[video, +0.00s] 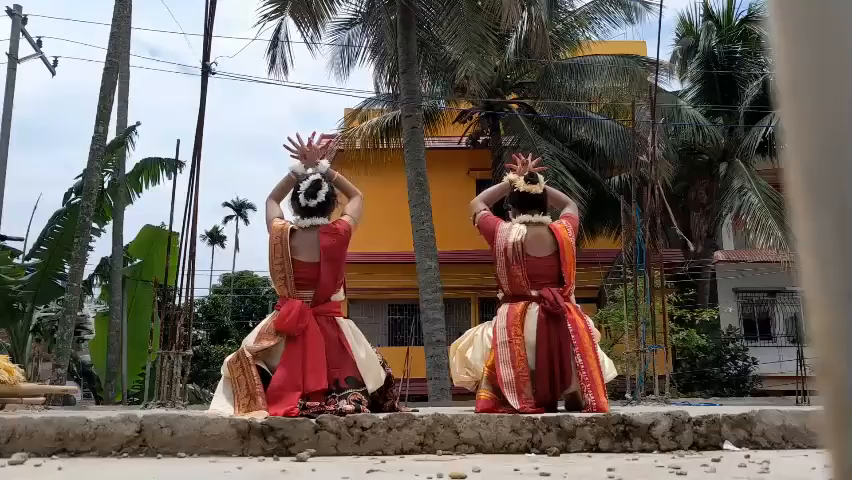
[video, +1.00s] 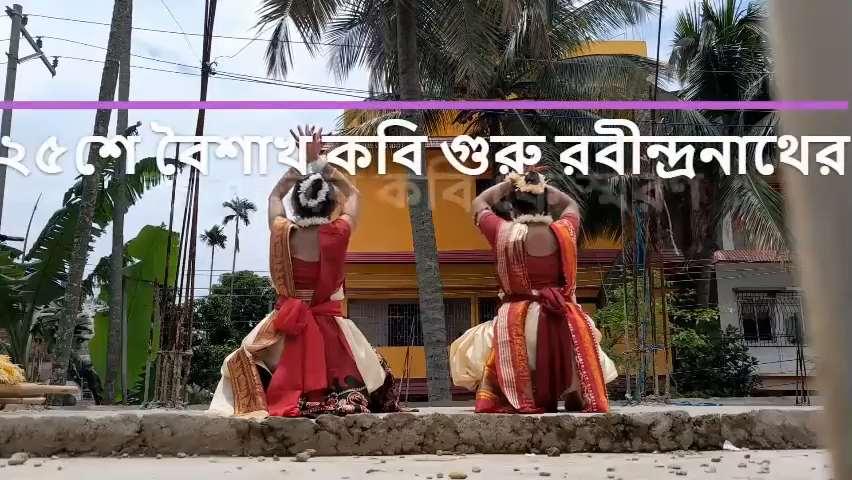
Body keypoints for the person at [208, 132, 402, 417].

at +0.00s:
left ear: (294, 204)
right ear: (331, 205)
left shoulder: (280, 235)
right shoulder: (338, 235)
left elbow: (273, 200)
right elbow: (356, 197)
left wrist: (300, 169)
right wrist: (326, 170)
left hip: (288, 334)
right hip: (330, 334)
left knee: (240, 365)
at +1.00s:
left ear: (293, 205)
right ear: (330, 206)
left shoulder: (281, 232)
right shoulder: (338, 235)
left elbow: (276, 195)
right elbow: (351, 194)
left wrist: (302, 163)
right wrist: (324, 166)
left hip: (289, 329)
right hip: (330, 330)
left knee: (240, 363)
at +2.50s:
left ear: (295, 203)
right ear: (330, 203)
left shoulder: (284, 234)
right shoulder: (337, 235)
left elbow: (277, 196)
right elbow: (351, 194)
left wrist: (302, 162)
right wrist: (322, 163)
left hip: (289, 325)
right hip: (329, 325)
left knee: (240, 361)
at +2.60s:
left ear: (295, 203)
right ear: (330, 203)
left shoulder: (284, 234)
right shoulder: (337, 235)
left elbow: (277, 196)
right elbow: (351, 194)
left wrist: (302, 162)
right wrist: (323, 163)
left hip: (289, 327)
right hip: (329, 327)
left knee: (240, 361)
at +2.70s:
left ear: (295, 203)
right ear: (330, 204)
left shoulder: (284, 234)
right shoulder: (337, 236)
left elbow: (278, 195)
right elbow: (352, 195)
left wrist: (303, 162)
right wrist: (323, 164)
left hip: (289, 326)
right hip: (329, 327)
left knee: (239, 362)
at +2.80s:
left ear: (295, 203)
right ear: (330, 203)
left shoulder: (284, 234)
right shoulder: (337, 237)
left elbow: (277, 196)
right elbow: (351, 195)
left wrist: (303, 162)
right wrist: (323, 164)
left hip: (289, 327)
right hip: (329, 328)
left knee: (239, 363)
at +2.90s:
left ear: (295, 203)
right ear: (330, 203)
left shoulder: (284, 234)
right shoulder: (337, 236)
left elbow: (277, 196)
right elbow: (351, 194)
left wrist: (303, 162)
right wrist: (322, 163)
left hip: (288, 328)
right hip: (329, 329)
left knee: (240, 363)